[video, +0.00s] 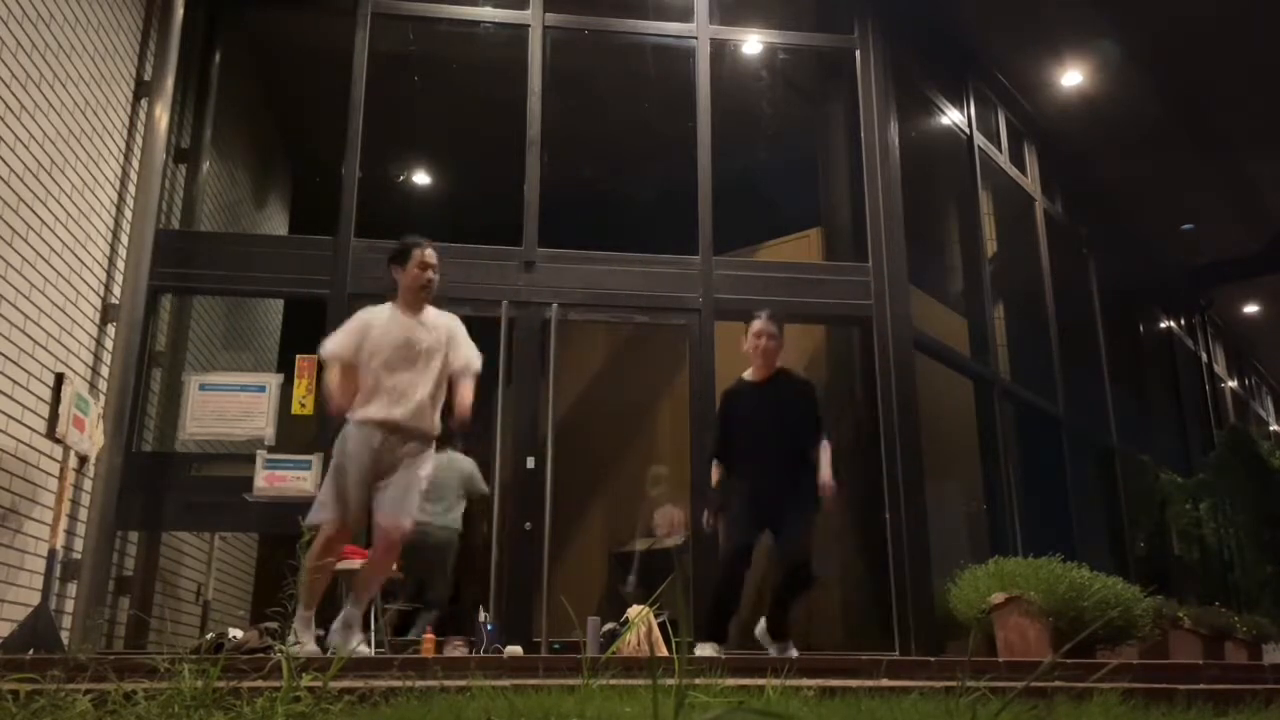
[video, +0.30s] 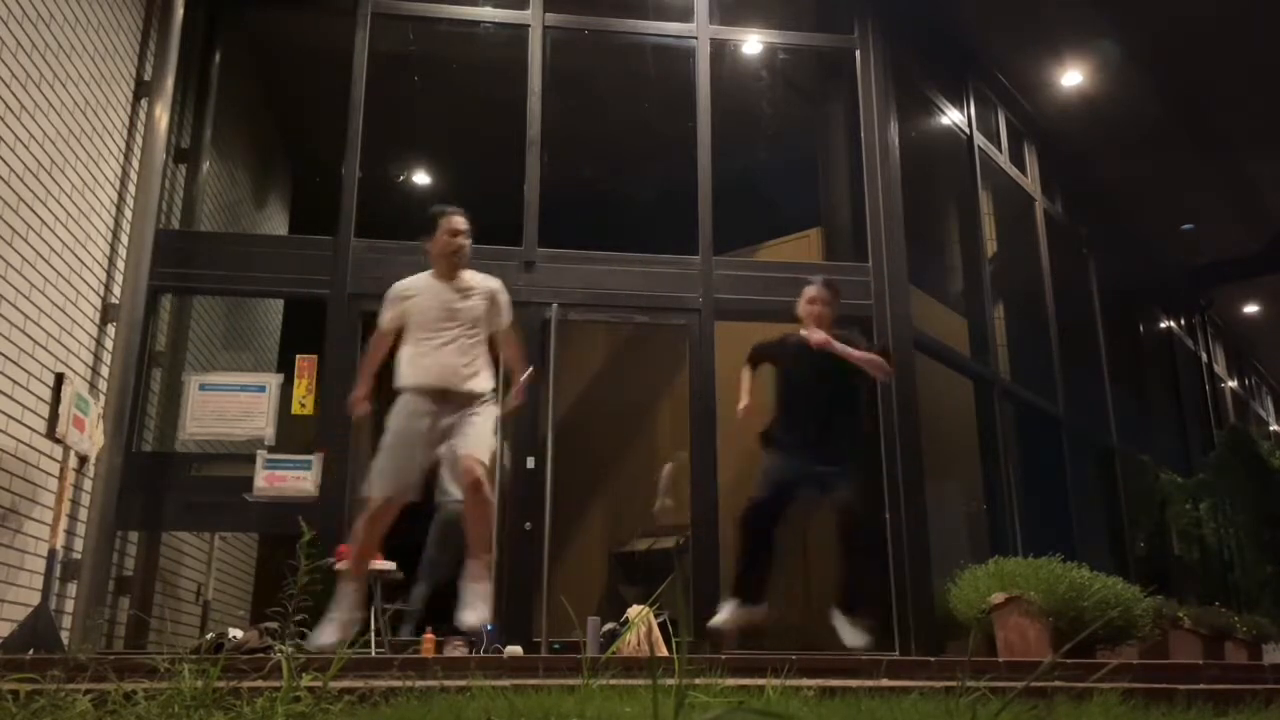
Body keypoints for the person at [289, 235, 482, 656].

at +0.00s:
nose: (430, 274)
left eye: (434, 269)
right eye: (422, 267)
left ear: (438, 277)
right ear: (398, 272)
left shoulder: (448, 325)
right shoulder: (371, 319)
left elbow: (466, 368)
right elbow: (334, 355)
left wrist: (463, 403)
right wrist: (337, 393)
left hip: (417, 441)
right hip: (364, 432)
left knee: (394, 534)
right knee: (338, 530)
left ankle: (347, 627)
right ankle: (303, 624)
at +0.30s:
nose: (461, 241)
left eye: (465, 234)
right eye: (452, 234)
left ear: (471, 242)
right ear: (431, 241)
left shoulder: (490, 290)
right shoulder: (405, 291)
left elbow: (507, 340)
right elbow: (381, 341)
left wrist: (519, 377)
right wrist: (362, 388)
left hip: (475, 405)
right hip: (415, 403)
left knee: (474, 474)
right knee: (382, 500)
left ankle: (477, 583)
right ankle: (347, 602)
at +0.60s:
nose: (522, 273)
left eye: (526, 268)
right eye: (512, 267)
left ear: (532, 280)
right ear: (492, 278)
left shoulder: (551, 331)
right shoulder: (471, 335)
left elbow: (576, 390)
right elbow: (456, 397)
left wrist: (604, 437)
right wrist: (440, 453)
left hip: (536, 442)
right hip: (484, 445)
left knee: (515, 532)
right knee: (489, 543)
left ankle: (519, 633)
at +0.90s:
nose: (535, 255)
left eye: (540, 247)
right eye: (526, 250)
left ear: (552, 254)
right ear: (514, 261)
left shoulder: (572, 289)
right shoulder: (508, 311)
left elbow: (593, 331)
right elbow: (473, 355)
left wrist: (554, 295)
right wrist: (462, 318)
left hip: (576, 408)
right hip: (535, 417)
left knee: (551, 488)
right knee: (538, 519)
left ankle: (594, 583)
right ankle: (587, 604)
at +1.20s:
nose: (515, 307)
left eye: (521, 297)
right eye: (506, 301)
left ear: (537, 302)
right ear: (498, 310)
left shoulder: (564, 338)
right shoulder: (511, 366)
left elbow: (586, 388)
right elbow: (502, 430)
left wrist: (558, 424)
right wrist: (466, 468)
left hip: (590, 459)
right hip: (546, 464)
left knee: (605, 557)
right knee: (483, 530)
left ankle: (664, 633)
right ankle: (421, 622)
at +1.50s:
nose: (451, 272)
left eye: (458, 264)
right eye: (443, 264)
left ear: (469, 269)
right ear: (428, 269)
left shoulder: (493, 311)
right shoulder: (419, 320)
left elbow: (541, 339)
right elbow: (429, 373)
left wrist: (584, 360)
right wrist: (441, 415)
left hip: (496, 433)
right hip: (446, 438)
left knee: (516, 530)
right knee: (408, 523)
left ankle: (585, 589)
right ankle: (401, 630)